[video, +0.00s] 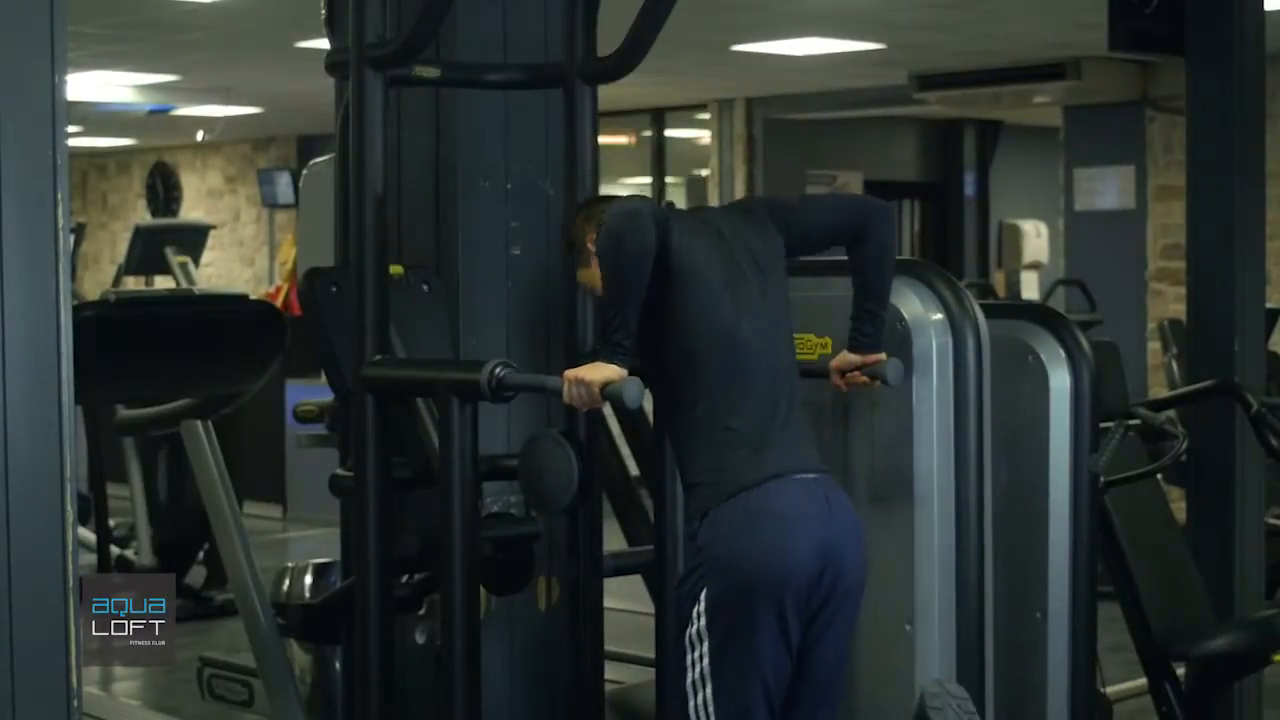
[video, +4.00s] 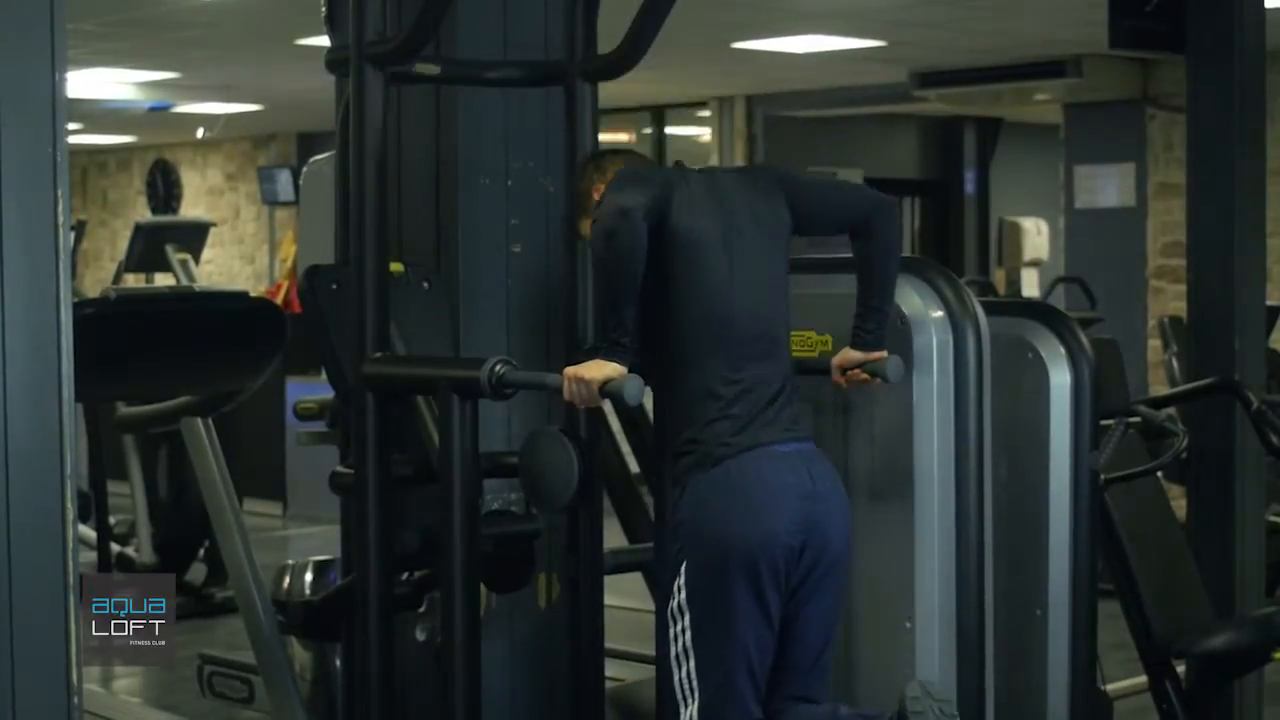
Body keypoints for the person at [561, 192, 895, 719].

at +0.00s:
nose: (598, 293)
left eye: (590, 278)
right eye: (592, 285)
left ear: (597, 243)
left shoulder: (635, 227)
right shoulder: (751, 220)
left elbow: (633, 216)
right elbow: (873, 214)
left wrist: (614, 353)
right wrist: (866, 341)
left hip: (744, 521)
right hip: (826, 504)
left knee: (726, 705)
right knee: (814, 707)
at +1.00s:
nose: (608, 138)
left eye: (601, 123)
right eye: (600, 131)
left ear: (607, 86)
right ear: (666, 66)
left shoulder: (639, 102)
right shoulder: (765, 104)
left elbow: (634, 217)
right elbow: (851, 209)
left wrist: (612, 351)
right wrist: (864, 340)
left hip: (717, 386)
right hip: (805, 375)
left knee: (700, 637)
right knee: (771, 606)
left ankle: (874, 691)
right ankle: (869, 619)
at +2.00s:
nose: (594, 292)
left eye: (589, 274)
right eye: (589, 280)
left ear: (600, 249)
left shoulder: (640, 232)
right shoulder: (752, 228)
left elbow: (630, 214)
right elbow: (870, 215)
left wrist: (611, 352)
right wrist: (868, 341)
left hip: (723, 527)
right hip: (808, 508)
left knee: (719, 707)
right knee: (809, 708)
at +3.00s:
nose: (612, 140)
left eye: (604, 124)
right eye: (604, 131)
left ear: (616, 89)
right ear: (673, 72)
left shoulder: (647, 106)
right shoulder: (772, 111)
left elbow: (638, 217)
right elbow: (861, 209)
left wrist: (612, 351)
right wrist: (866, 340)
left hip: (715, 398)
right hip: (804, 386)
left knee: (699, 650)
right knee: (771, 616)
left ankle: (870, 700)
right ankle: (867, 633)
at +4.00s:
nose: (595, 225)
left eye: (591, 215)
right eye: (589, 220)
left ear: (604, 189)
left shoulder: (638, 183)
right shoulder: (759, 184)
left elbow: (619, 224)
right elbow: (877, 210)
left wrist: (613, 348)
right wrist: (870, 338)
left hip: (723, 489)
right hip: (809, 471)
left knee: (714, 704)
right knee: (799, 701)